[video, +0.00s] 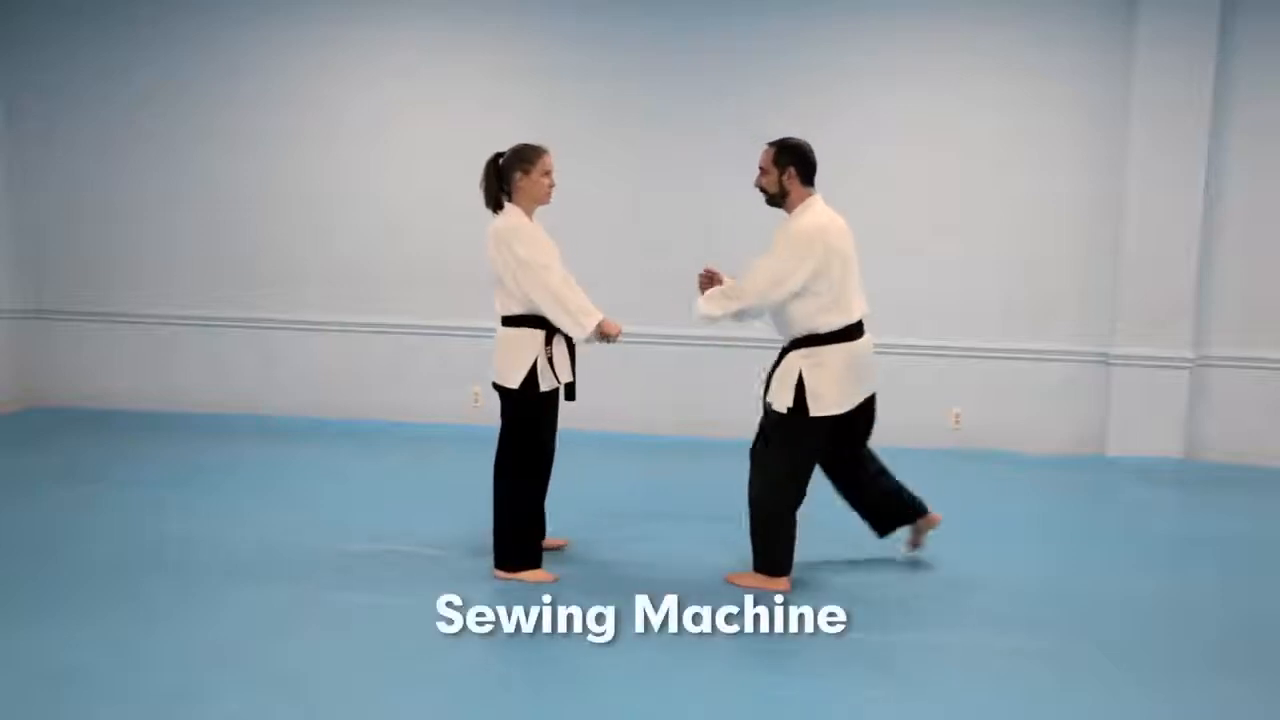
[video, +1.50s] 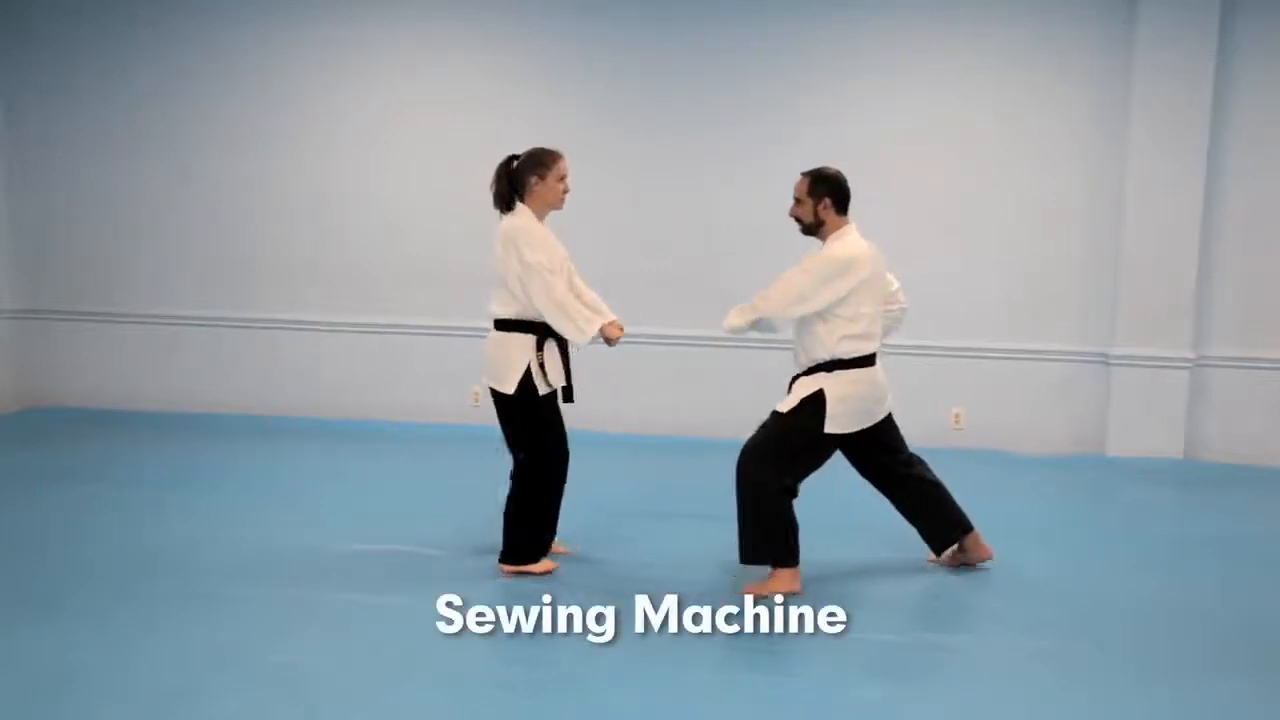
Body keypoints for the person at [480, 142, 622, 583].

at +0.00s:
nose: (552, 183)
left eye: (552, 175)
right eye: (545, 175)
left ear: (524, 182)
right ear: (518, 180)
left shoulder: (527, 226)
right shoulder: (512, 228)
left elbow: (558, 280)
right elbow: (546, 285)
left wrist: (594, 319)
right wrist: (593, 322)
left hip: (541, 352)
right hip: (526, 354)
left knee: (536, 452)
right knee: (522, 457)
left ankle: (529, 537)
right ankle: (513, 561)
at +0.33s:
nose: (549, 184)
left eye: (549, 176)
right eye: (542, 176)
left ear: (521, 183)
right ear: (516, 181)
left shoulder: (525, 227)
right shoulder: (506, 230)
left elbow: (560, 278)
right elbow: (541, 289)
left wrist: (596, 313)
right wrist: (591, 322)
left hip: (545, 353)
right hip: (525, 355)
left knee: (543, 453)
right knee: (521, 457)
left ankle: (534, 536)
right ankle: (511, 562)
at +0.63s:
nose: (548, 184)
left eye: (548, 176)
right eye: (541, 176)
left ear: (520, 183)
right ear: (515, 181)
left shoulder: (524, 228)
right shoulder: (507, 230)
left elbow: (560, 279)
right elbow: (542, 290)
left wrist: (596, 315)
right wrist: (591, 324)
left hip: (543, 353)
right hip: (525, 355)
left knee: (541, 453)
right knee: (521, 457)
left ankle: (533, 537)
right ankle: (511, 562)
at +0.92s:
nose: (552, 185)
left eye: (552, 177)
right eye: (545, 177)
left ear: (523, 183)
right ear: (518, 182)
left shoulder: (527, 228)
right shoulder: (510, 230)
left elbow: (561, 279)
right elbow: (543, 289)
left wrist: (597, 316)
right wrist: (593, 323)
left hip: (545, 353)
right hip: (526, 354)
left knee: (542, 452)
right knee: (521, 457)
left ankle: (535, 536)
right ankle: (511, 562)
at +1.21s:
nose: (555, 186)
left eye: (555, 177)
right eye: (549, 178)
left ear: (528, 183)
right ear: (522, 182)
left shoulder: (530, 228)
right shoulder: (514, 229)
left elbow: (564, 279)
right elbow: (547, 290)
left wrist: (600, 316)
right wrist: (596, 324)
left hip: (545, 353)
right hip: (528, 354)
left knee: (541, 452)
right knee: (522, 457)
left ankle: (534, 538)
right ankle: (510, 562)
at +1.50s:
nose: (568, 187)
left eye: (567, 180)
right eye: (561, 180)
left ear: (538, 183)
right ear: (536, 182)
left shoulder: (536, 228)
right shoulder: (521, 229)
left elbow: (570, 281)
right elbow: (549, 293)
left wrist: (603, 317)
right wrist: (595, 327)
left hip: (534, 353)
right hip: (519, 355)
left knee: (549, 452)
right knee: (542, 455)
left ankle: (537, 539)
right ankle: (518, 556)